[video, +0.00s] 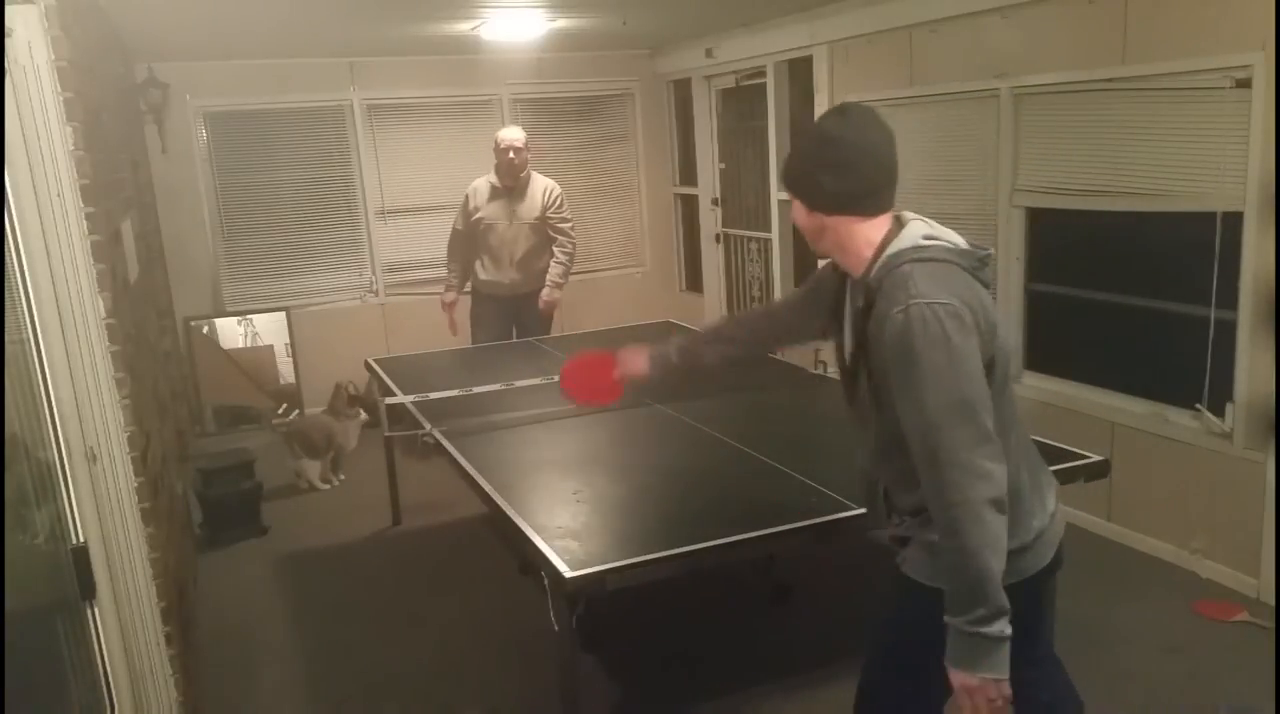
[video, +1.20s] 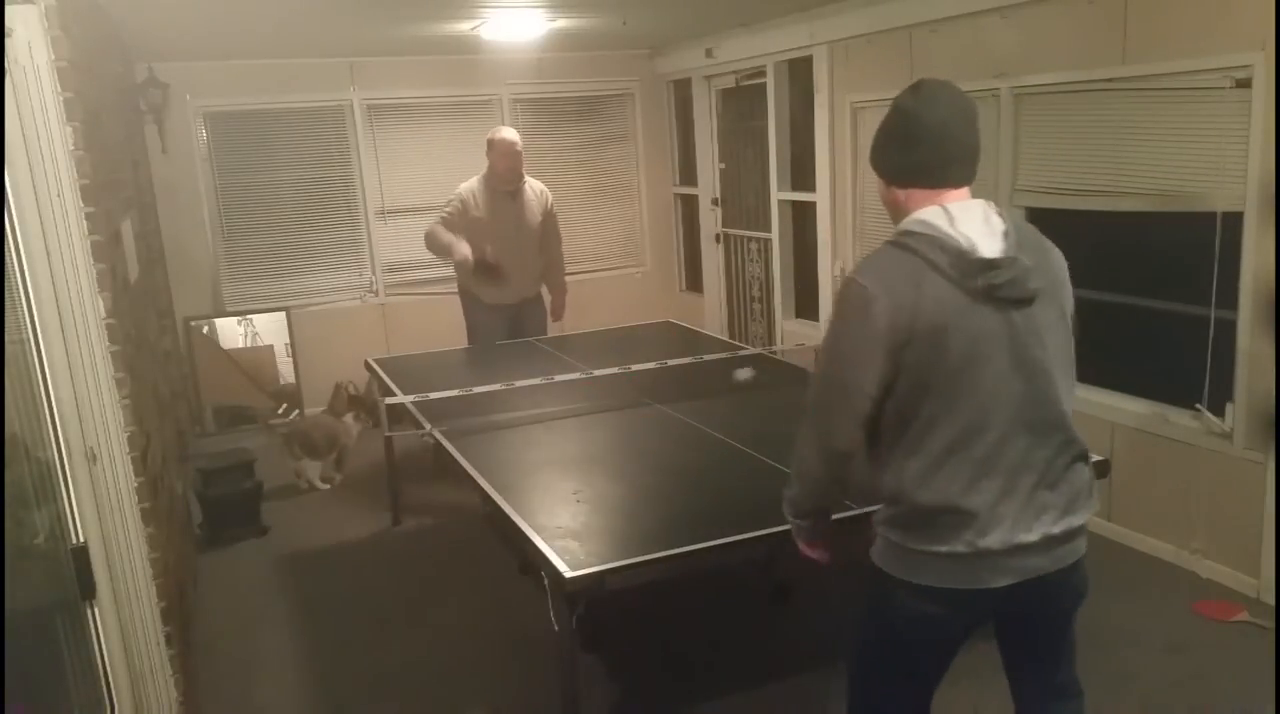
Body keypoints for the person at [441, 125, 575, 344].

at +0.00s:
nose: (511, 156)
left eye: (518, 150)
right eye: (504, 150)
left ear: (528, 152)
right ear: (495, 153)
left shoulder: (549, 192)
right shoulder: (477, 192)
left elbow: (564, 243)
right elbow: (460, 243)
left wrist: (553, 287)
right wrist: (453, 287)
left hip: (534, 298)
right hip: (488, 299)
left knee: (534, 367)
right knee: (487, 368)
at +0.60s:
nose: (502, 169)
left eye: (507, 162)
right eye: (495, 163)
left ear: (516, 158)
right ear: (482, 161)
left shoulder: (535, 194)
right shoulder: (464, 199)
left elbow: (552, 246)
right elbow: (449, 248)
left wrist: (563, 292)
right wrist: (487, 281)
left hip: (526, 299)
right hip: (481, 303)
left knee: (533, 371)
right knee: (488, 374)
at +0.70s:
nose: (507, 175)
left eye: (512, 167)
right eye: (499, 168)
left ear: (518, 162)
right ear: (484, 163)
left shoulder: (532, 195)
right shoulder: (467, 198)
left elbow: (550, 245)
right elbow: (461, 242)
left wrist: (560, 291)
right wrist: (509, 255)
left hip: (523, 299)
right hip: (478, 302)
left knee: (533, 370)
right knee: (486, 375)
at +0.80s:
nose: (509, 172)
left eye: (513, 164)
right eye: (501, 164)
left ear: (519, 162)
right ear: (485, 161)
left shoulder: (532, 195)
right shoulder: (469, 193)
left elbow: (546, 245)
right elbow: (455, 231)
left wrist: (556, 289)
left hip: (521, 296)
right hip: (476, 298)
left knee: (530, 366)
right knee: (484, 369)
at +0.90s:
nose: (514, 165)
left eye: (516, 158)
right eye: (506, 160)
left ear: (519, 157)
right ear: (489, 160)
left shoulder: (532, 194)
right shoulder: (469, 192)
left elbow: (546, 247)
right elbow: (440, 221)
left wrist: (554, 290)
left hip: (521, 296)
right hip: (477, 299)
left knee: (531, 364)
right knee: (485, 369)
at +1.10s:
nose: (513, 163)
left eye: (517, 155)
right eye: (505, 157)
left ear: (523, 155)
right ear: (489, 156)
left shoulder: (536, 194)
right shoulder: (467, 193)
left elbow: (548, 250)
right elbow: (427, 227)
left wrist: (554, 293)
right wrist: (461, 218)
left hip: (527, 299)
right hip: (482, 302)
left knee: (536, 369)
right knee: (489, 375)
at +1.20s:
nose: (513, 163)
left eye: (518, 154)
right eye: (505, 156)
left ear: (523, 154)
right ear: (489, 156)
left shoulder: (539, 194)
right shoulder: (469, 195)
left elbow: (552, 250)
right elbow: (434, 232)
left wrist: (558, 293)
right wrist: (456, 246)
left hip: (529, 301)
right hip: (485, 305)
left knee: (536, 371)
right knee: (490, 375)